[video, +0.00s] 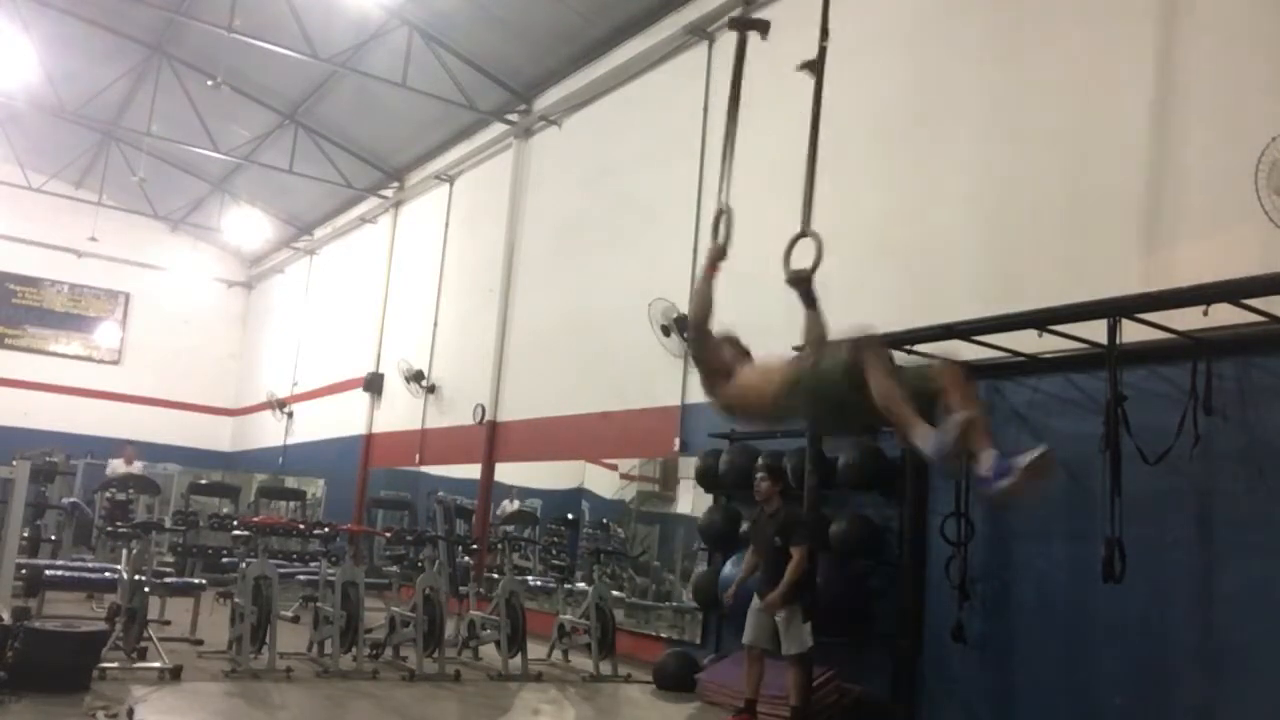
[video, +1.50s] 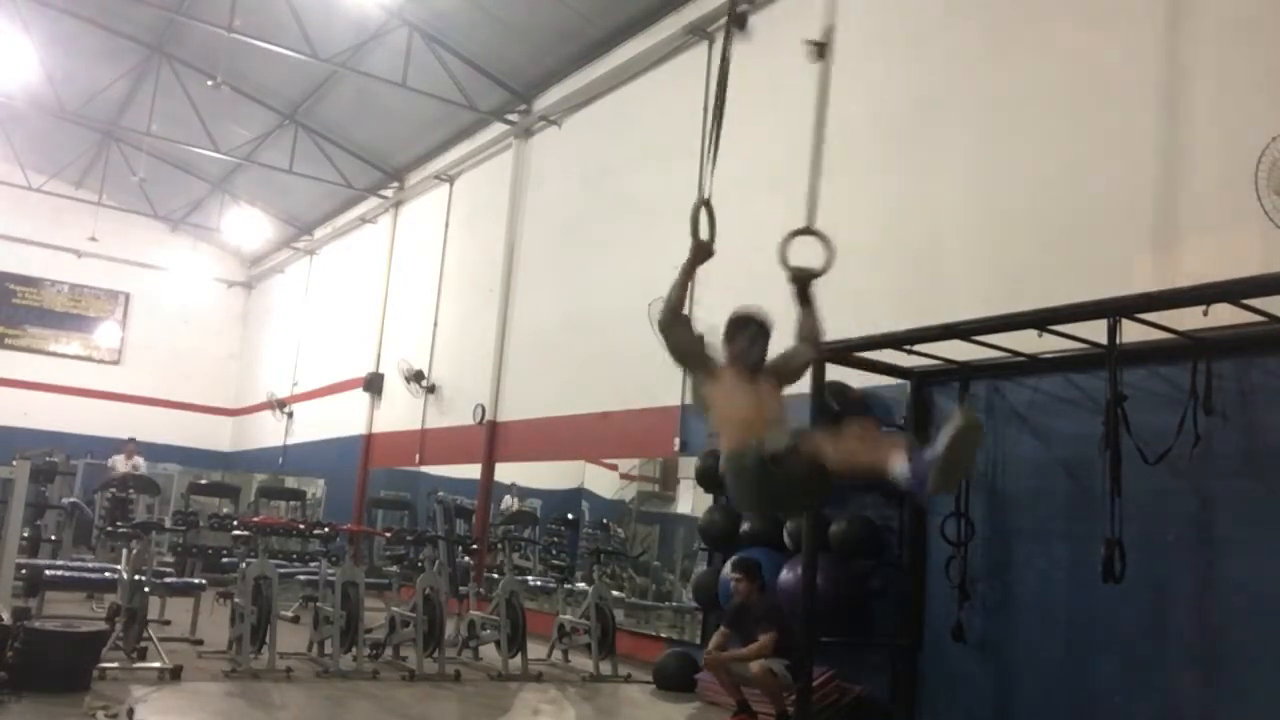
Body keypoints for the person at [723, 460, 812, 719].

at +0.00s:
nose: (756, 486)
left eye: (762, 481)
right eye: (755, 481)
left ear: (777, 485)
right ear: (756, 485)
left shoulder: (793, 516)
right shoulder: (760, 517)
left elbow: (800, 558)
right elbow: (754, 554)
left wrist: (779, 593)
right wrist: (735, 584)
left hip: (790, 595)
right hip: (762, 593)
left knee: (795, 657)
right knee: (752, 650)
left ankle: (796, 711)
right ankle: (749, 708)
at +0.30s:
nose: (737, 500)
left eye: (743, 495)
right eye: (736, 495)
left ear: (757, 500)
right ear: (736, 500)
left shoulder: (773, 526)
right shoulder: (739, 530)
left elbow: (787, 564)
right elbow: (731, 566)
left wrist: (765, 598)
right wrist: (719, 595)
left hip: (784, 597)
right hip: (757, 596)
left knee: (779, 653)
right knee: (739, 648)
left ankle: (789, 708)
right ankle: (747, 707)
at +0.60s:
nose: (727, 539)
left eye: (733, 534)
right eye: (726, 534)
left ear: (747, 537)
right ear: (724, 536)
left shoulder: (765, 559)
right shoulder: (731, 564)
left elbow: (775, 601)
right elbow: (723, 599)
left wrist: (743, 631)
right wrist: (714, 624)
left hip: (784, 622)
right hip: (758, 624)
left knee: (764, 663)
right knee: (723, 655)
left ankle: (785, 712)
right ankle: (745, 708)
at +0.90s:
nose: (725, 580)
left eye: (731, 574)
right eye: (723, 575)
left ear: (746, 576)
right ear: (720, 576)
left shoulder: (760, 599)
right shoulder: (734, 602)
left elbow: (763, 642)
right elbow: (721, 633)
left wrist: (721, 656)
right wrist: (712, 653)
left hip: (784, 655)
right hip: (756, 655)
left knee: (756, 671)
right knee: (713, 661)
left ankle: (782, 713)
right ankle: (744, 709)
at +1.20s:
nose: (732, 583)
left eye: (738, 578)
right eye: (731, 579)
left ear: (753, 580)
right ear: (729, 581)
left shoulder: (768, 604)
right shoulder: (737, 605)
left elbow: (767, 645)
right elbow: (723, 633)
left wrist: (724, 656)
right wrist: (714, 648)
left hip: (785, 661)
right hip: (752, 659)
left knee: (759, 668)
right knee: (715, 660)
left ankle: (782, 713)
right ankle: (743, 708)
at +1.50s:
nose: (733, 586)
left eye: (739, 581)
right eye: (731, 581)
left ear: (754, 582)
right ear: (730, 582)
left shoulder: (768, 606)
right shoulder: (736, 607)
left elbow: (766, 647)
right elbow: (723, 632)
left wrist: (722, 657)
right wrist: (711, 650)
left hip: (784, 663)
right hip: (752, 660)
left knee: (757, 668)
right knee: (713, 661)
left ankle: (781, 713)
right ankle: (744, 708)